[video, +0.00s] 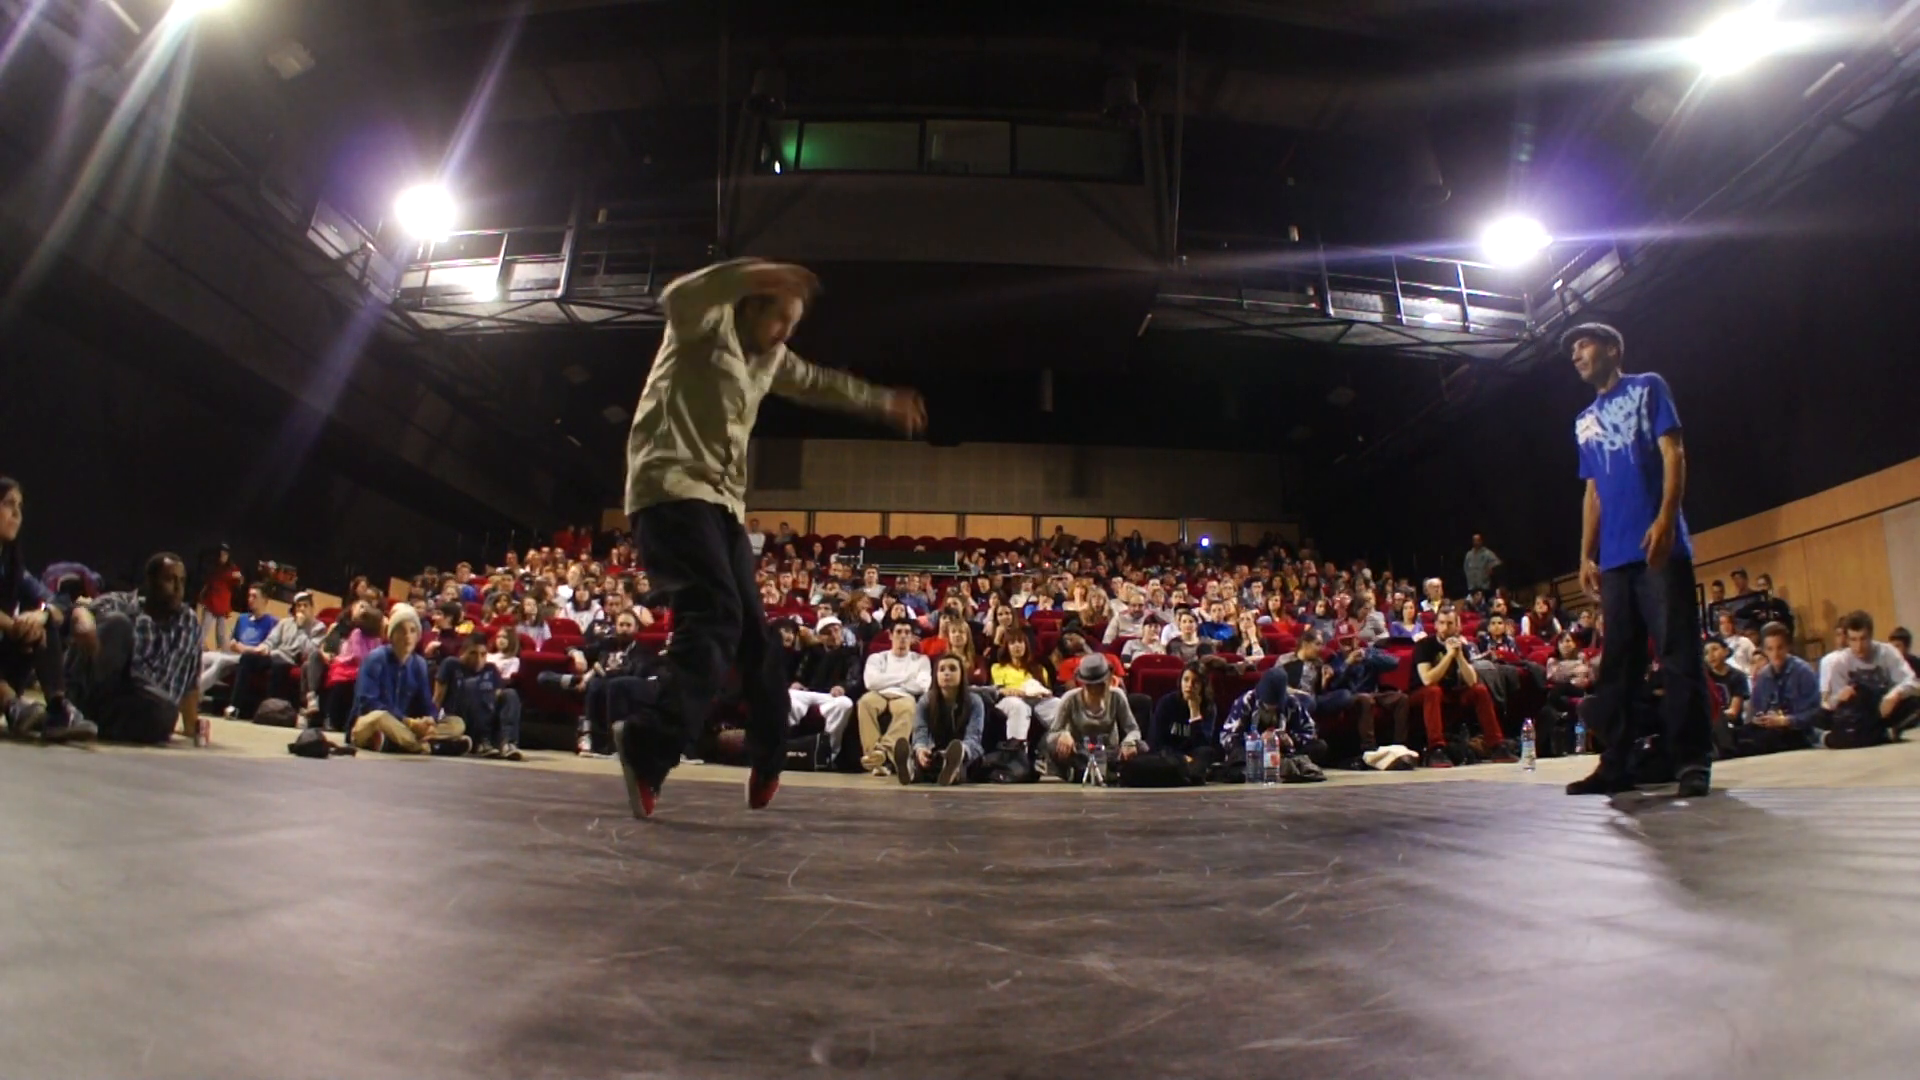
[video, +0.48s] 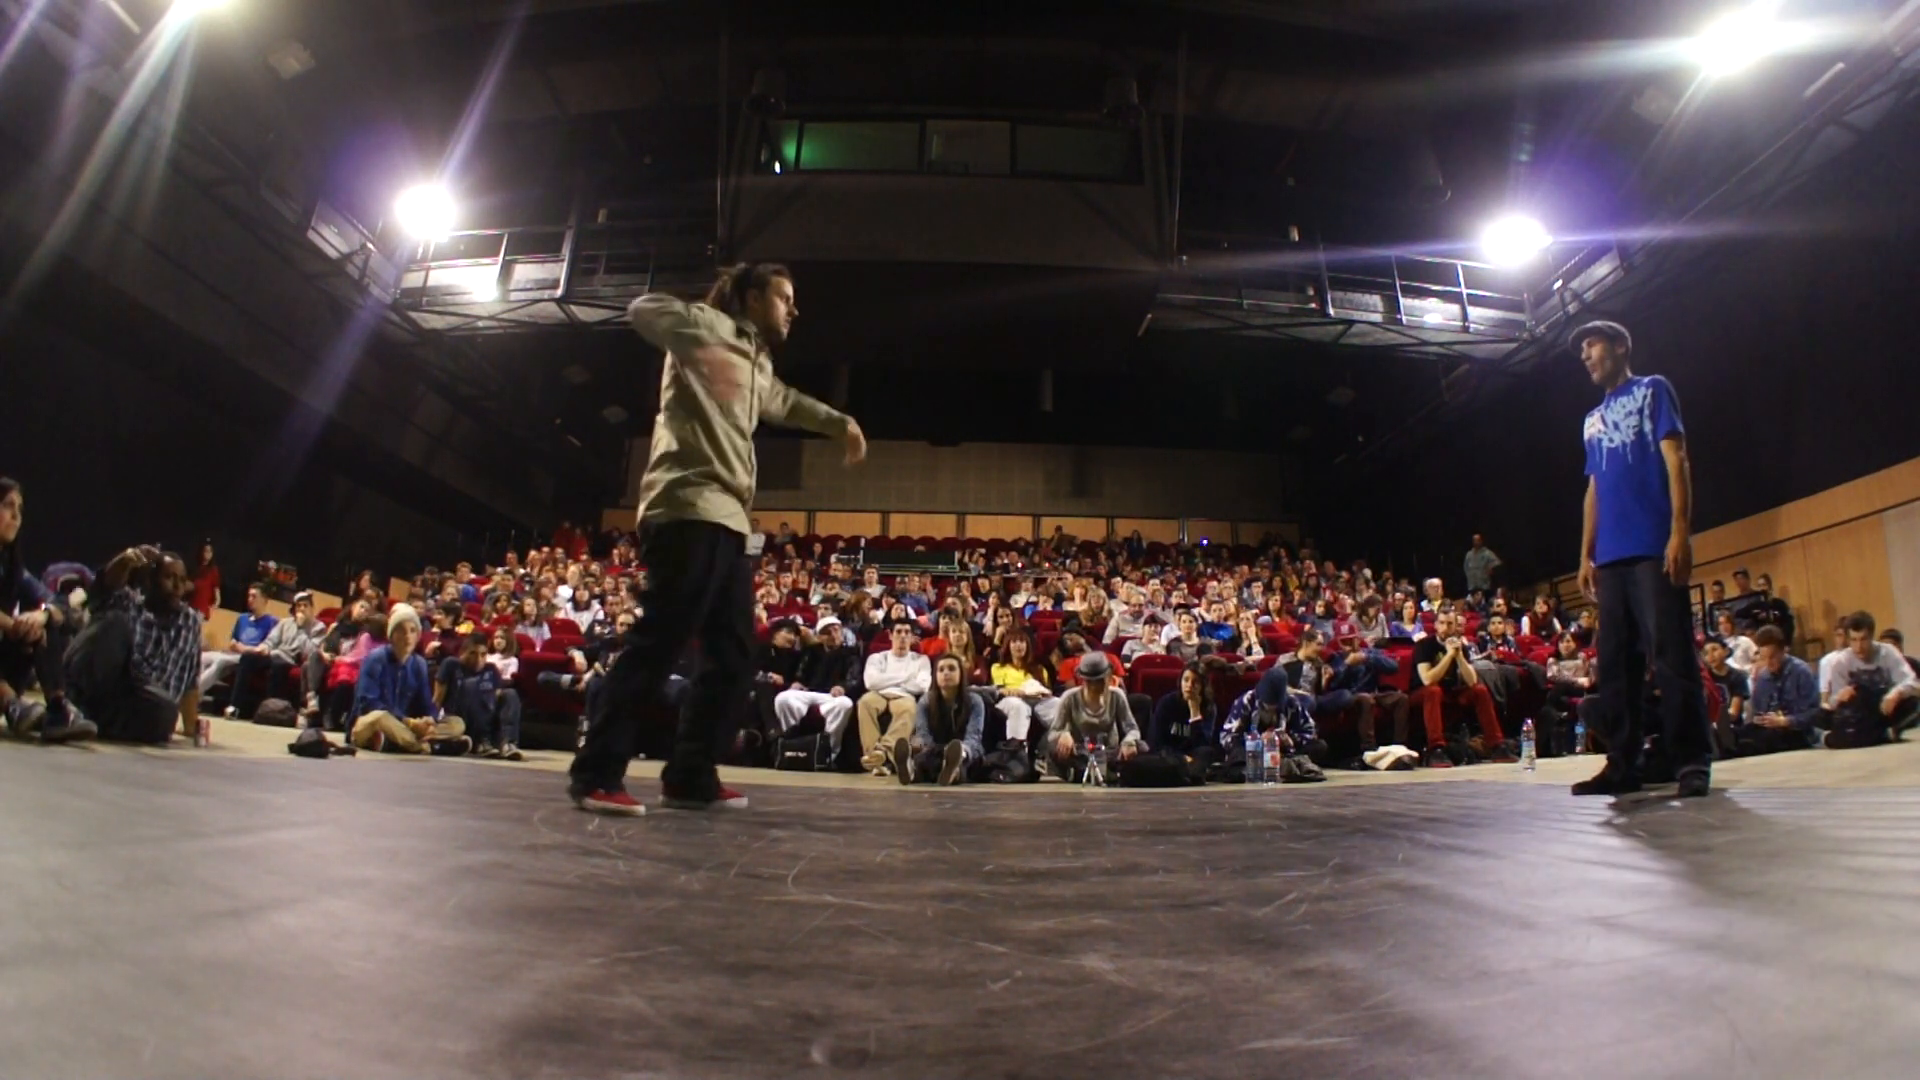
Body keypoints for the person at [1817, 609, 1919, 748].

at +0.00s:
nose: (1858, 645)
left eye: (1863, 639)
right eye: (1853, 640)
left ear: (1871, 637)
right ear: (1847, 639)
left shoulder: (1887, 652)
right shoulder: (1839, 661)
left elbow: (1910, 681)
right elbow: (1828, 703)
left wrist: (1894, 695)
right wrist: (1839, 697)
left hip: (1884, 705)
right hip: (1856, 707)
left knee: (1913, 704)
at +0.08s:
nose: (1859, 645)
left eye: (1863, 639)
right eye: (1853, 639)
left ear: (1871, 636)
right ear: (1847, 639)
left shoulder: (1887, 652)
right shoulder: (1839, 661)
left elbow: (1911, 681)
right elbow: (1828, 703)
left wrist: (1894, 695)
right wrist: (1839, 697)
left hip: (1884, 704)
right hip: (1856, 706)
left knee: (1913, 704)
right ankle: (1884, 734)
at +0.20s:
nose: (1859, 645)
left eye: (1864, 639)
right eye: (1854, 639)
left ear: (1871, 636)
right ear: (1848, 639)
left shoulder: (1887, 652)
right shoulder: (1840, 661)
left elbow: (1911, 681)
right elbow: (1831, 702)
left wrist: (1895, 694)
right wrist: (1839, 697)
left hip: (1886, 703)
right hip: (1857, 706)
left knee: (1914, 703)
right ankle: (1885, 734)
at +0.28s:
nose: (1859, 645)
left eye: (1864, 639)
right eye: (1854, 639)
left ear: (1871, 637)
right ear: (1848, 639)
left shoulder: (1887, 652)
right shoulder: (1840, 662)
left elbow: (1911, 681)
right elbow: (1831, 702)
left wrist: (1895, 694)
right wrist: (1839, 697)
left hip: (1885, 704)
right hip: (1857, 707)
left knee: (1913, 703)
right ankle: (1884, 734)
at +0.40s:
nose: (1859, 645)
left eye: (1863, 639)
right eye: (1854, 640)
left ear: (1871, 637)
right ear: (1848, 639)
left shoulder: (1887, 652)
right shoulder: (1841, 661)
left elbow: (1911, 680)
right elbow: (1832, 702)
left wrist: (1895, 694)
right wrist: (1839, 697)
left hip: (1885, 703)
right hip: (1857, 706)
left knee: (1913, 704)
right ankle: (1884, 734)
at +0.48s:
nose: (1858, 645)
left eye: (1863, 639)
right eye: (1853, 640)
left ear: (1872, 637)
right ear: (1849, 639)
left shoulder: (1888, 652)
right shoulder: (1840, 661)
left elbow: (1911, 680)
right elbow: (1832, 702)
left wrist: (1895, 694)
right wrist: (1840, 696)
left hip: (1885, 704)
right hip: (1857, 707)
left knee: (1912, 703)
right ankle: (1884, 734)